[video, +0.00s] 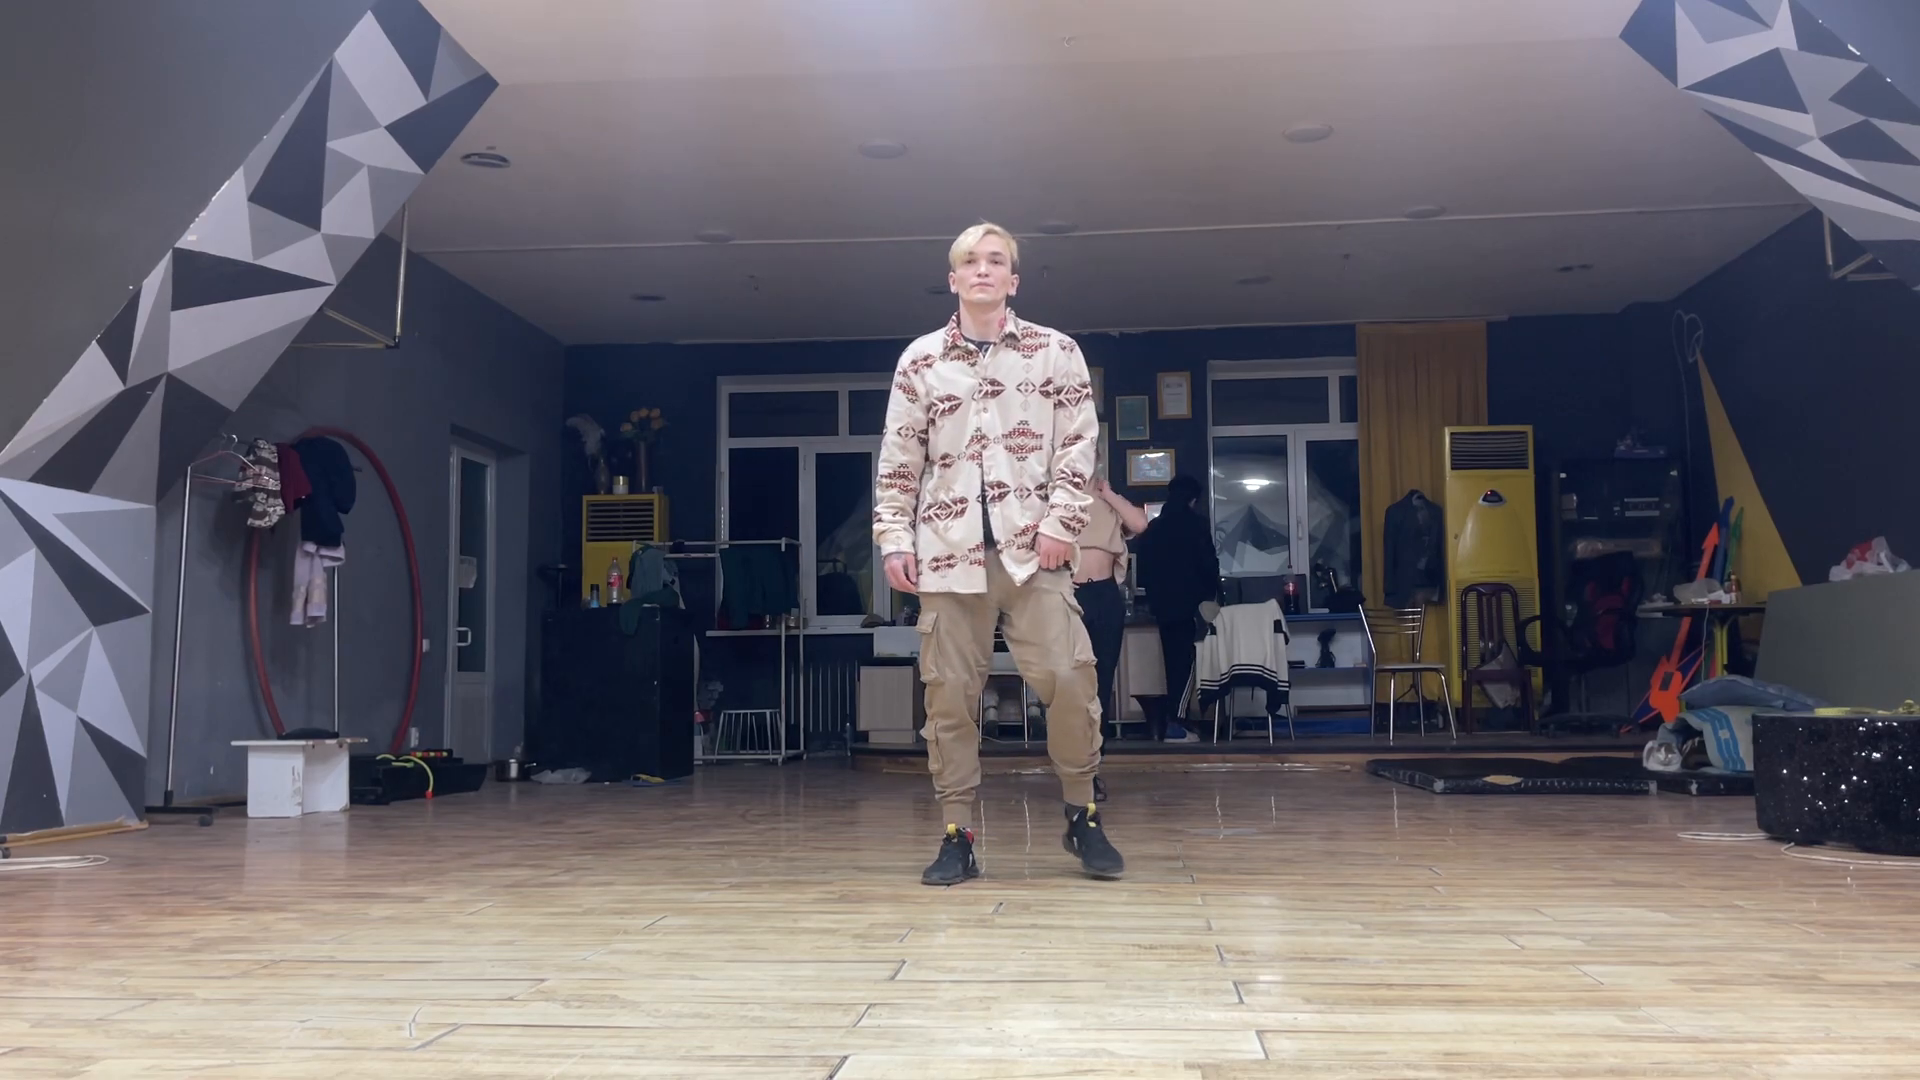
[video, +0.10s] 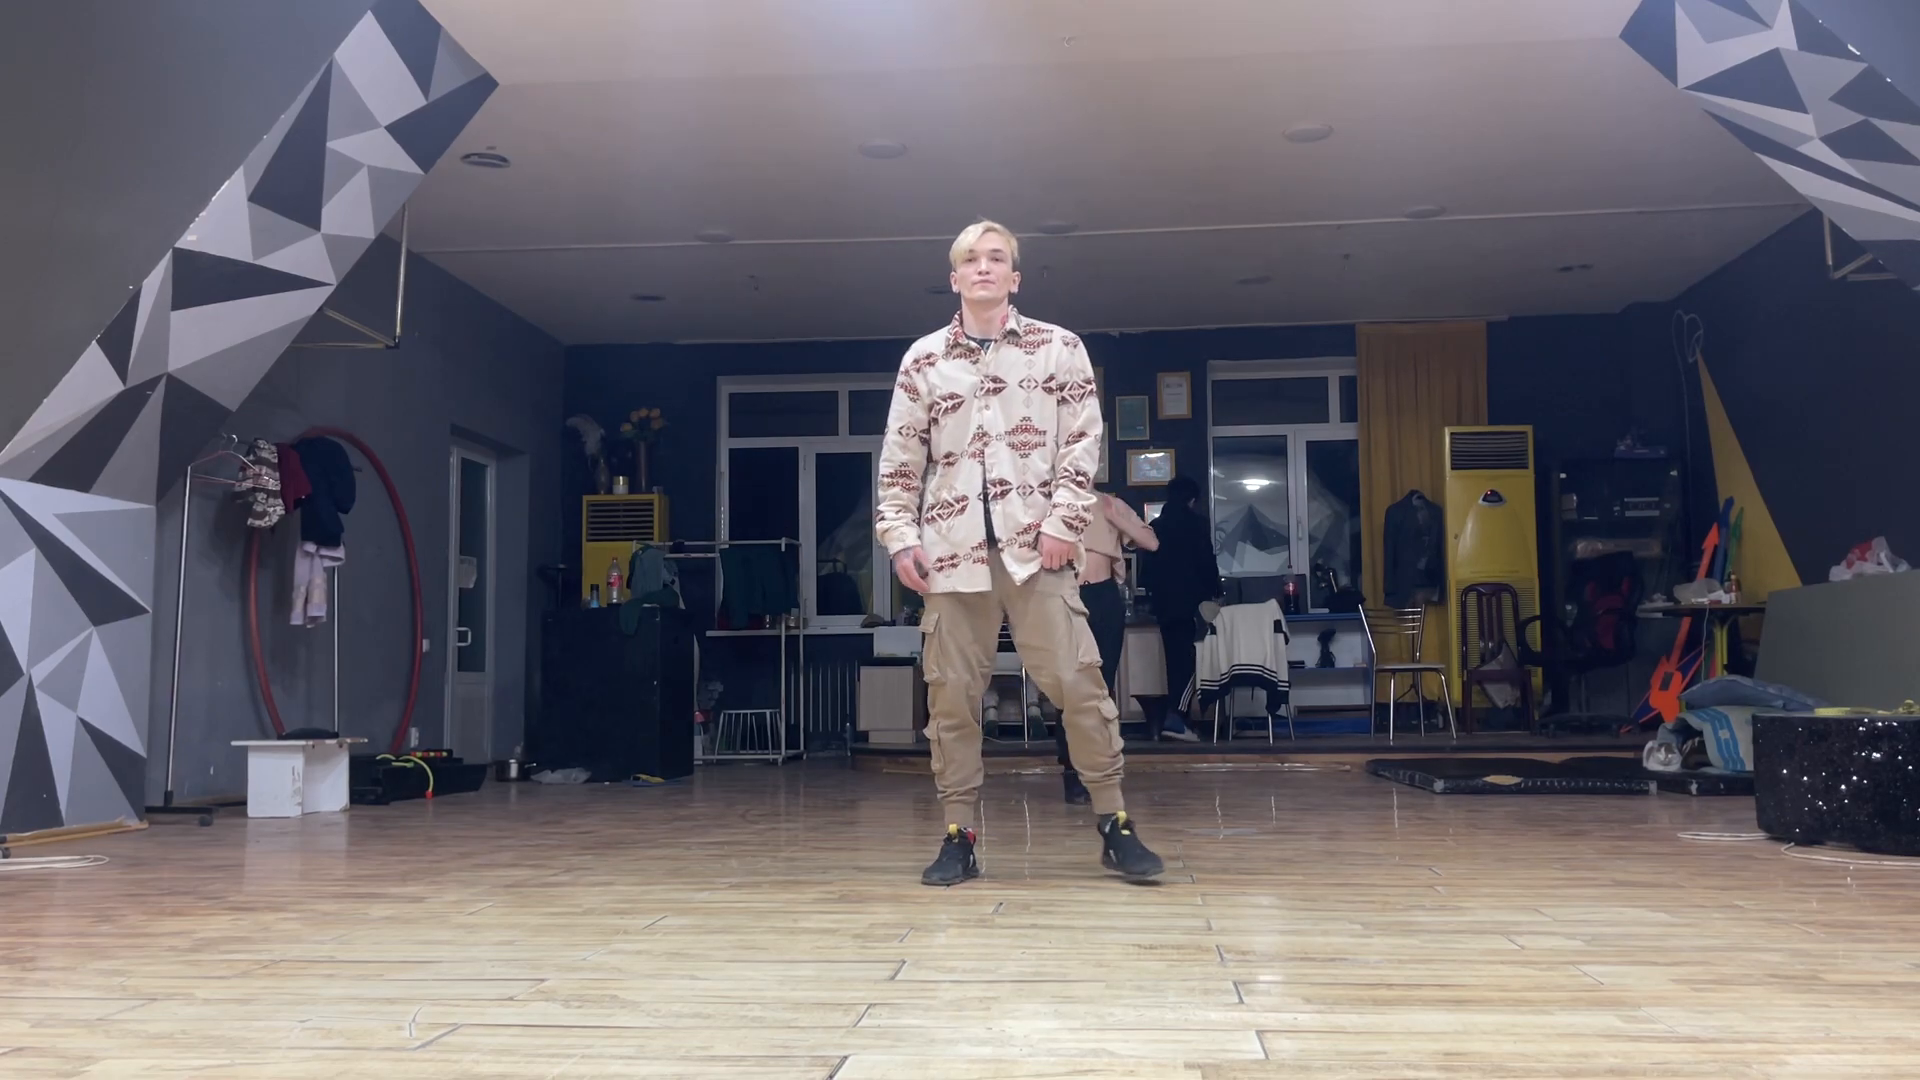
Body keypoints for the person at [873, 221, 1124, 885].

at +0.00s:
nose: (983, 270)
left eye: (994, 261)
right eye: (971, 262)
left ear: (1015, 278)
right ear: (952, 278)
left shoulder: (1055, 351)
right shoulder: (920, 360)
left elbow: (1079, 447)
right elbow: (899, 460)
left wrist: (1062, 521)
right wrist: (893, 537)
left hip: (1036, 550)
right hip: (949, 554)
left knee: (1067, 675)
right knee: (949, 695)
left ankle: (1083, 815)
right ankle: (957, 836)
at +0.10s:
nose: (984, 267)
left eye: (996, 258)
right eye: (972, 259)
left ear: (1016, 275)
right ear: (953, 277)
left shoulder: (1060, 347)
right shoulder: (924, 358)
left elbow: (1082, 444)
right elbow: (899, 461)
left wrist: (1064, 521)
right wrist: (899, 536)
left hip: (1038, 545)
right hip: (952, 552)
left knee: (1077, 678)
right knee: (953, 693)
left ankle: (1116, 826)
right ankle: (958, 836)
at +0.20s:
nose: (991, 266)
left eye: (1004, 257)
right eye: (979, 258)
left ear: (1025, 273)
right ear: (962, 276)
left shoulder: (1068, 346)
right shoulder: (933, 359)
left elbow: (1091, 445)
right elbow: (908, 464)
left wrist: (1074, 525)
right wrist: (914, 532)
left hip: (1047, 545)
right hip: (962, 552)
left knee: (1089, 683)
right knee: (957, 697)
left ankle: (1141, 827)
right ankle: (960, 837)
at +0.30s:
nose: (1003, 268)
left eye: (1016, 258)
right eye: (992, 260)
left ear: (1038, 273)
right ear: (976, 277)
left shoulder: (1085, 345)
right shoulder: (949, 362)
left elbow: (1109, 443)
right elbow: (924, 465)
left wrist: (1090, 521)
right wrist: (931, 532)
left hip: (1064, 544)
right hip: (979, 553)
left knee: (1107, 686)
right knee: (966, 697)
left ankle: (1154, 831)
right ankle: (960, 836)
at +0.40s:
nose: (1019, 269)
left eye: (1032, 260)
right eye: (1008, 261)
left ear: (1055, 277)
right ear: (992, 281)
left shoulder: (1102, 349)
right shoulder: (966, 367)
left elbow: (1128, 445)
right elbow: (941, 468)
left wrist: (1105, 524)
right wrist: (949, 534)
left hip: (1081, 550)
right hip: (995, 557)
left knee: (1115, 694)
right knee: (975, 700)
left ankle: (1156, 834)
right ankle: (962, 836)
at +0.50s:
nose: (1031, 268)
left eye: (1043, 259)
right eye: (1020, 260)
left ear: (1066, 277)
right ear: (1003, 281)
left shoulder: (1114, 350)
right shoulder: (975, 366)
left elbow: (1141, 441)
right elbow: (947, 460)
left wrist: (1108, 516)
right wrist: (957, 523)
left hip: (1089, 553)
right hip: (1001, 559)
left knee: (1121, 696)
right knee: (980, 701)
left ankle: (1157, 835)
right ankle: (963, 836)